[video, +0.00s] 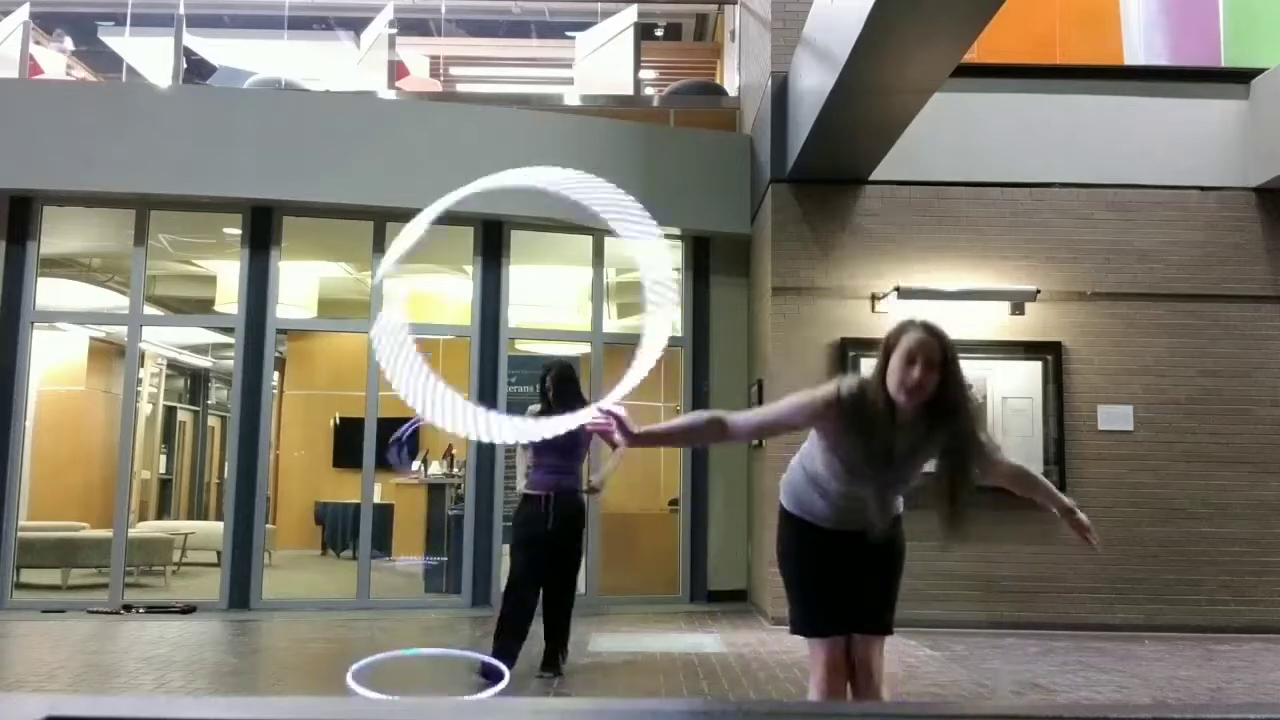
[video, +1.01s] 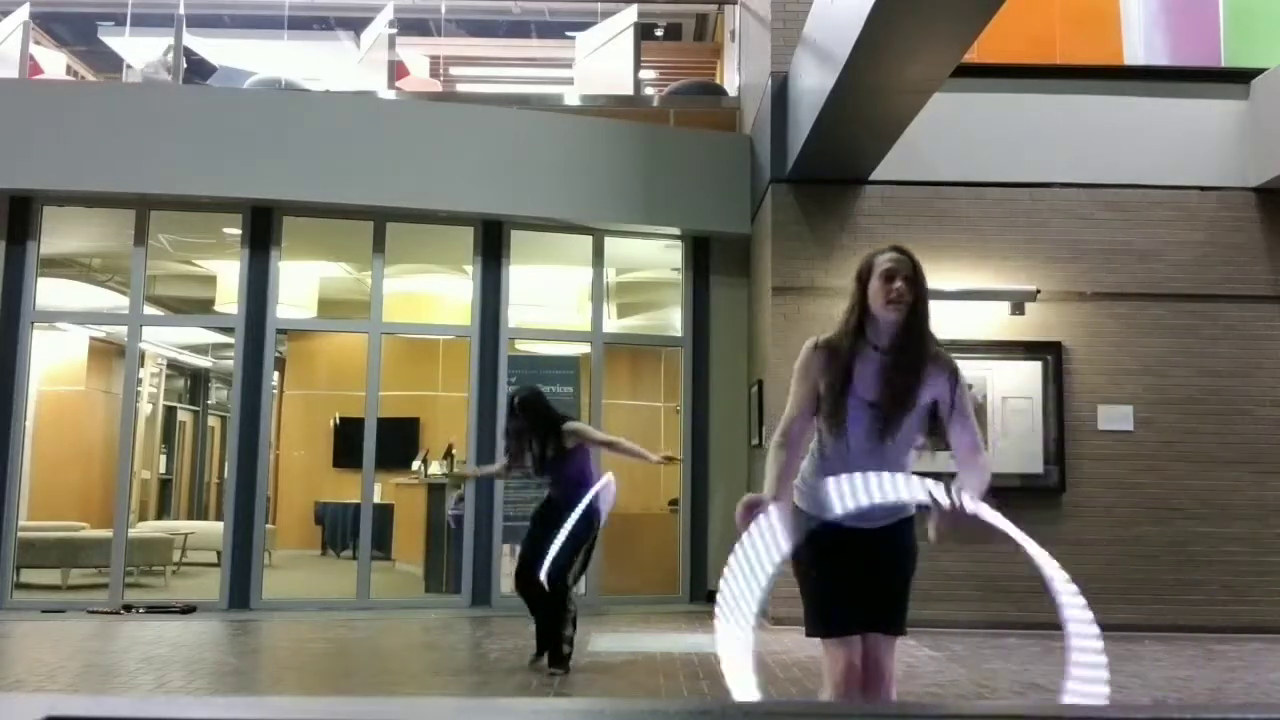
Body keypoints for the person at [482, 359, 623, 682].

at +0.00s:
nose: (551, 388)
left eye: (557, 382)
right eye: (548, 382)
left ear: (568, 384)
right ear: (543, 385)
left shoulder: (587, 416)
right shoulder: (535, 414)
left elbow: (620, 446)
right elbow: (523, 449)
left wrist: (601, 478)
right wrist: (522, 482)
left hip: (567, 504)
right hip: (532, 502)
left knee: (560, 584)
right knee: (520, 582)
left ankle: (553, 659)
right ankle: (499, 662)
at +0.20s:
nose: (552, 386)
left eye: (558, 380)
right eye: (549, 380)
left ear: (573, 381)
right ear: (545, 381)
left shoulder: (590, 414)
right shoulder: (539, 409)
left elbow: (609, 453)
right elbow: (524, 446)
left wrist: (604, 480)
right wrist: (507, 467)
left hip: (565, 499)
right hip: (532, 495)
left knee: (556, 579)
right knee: (515, 550)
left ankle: (552, 656)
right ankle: (484, 618)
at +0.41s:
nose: (543, 383)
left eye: (548, 377)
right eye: (540, 377)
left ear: (563, 378)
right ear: (538, 379)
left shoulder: (584, 408)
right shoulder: (536, 408)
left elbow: (573, 452)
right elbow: (514, 445)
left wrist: (546, 477)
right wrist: (488, 466)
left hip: (570, 489)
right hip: (540, 474)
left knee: (554, 567)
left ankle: (552, 646)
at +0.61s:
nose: (537, 408)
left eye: (541, 402)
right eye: (537, 403)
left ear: (555, 403)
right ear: (547, 405)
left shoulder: (581, 427)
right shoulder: (541, 428)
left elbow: (561, 441)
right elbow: (503, 427)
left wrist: (530, 442)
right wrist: (469, 411)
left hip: (574, 515)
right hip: (547, 507)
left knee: (559, 583)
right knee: (539, 462)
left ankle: (559, 651)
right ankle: (484, 509)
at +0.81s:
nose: (526, 435)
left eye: (531, 430)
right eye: (524, 429)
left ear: (545, 428)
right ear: (523, 426)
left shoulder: (568, 436)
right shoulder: (523, 434)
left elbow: (584, 439)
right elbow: (492, 430)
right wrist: (468, 402)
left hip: (582, 505)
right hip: (552, 497)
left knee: (564, 581)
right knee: (526, 527)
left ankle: (557, 654)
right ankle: (532, 589)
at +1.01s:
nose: (518, 423)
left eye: (521, 416)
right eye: (516, 417)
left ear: (535, 414)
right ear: (523, 417)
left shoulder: (570, 430)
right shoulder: (535, 443)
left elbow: (611, 442)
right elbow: (507, 468)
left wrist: (652, 457)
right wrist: (474, 472)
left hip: (583, 507)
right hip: (555, 505)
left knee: (554, 576)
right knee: (525, 578)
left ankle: (560, 655)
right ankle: (548, 635)